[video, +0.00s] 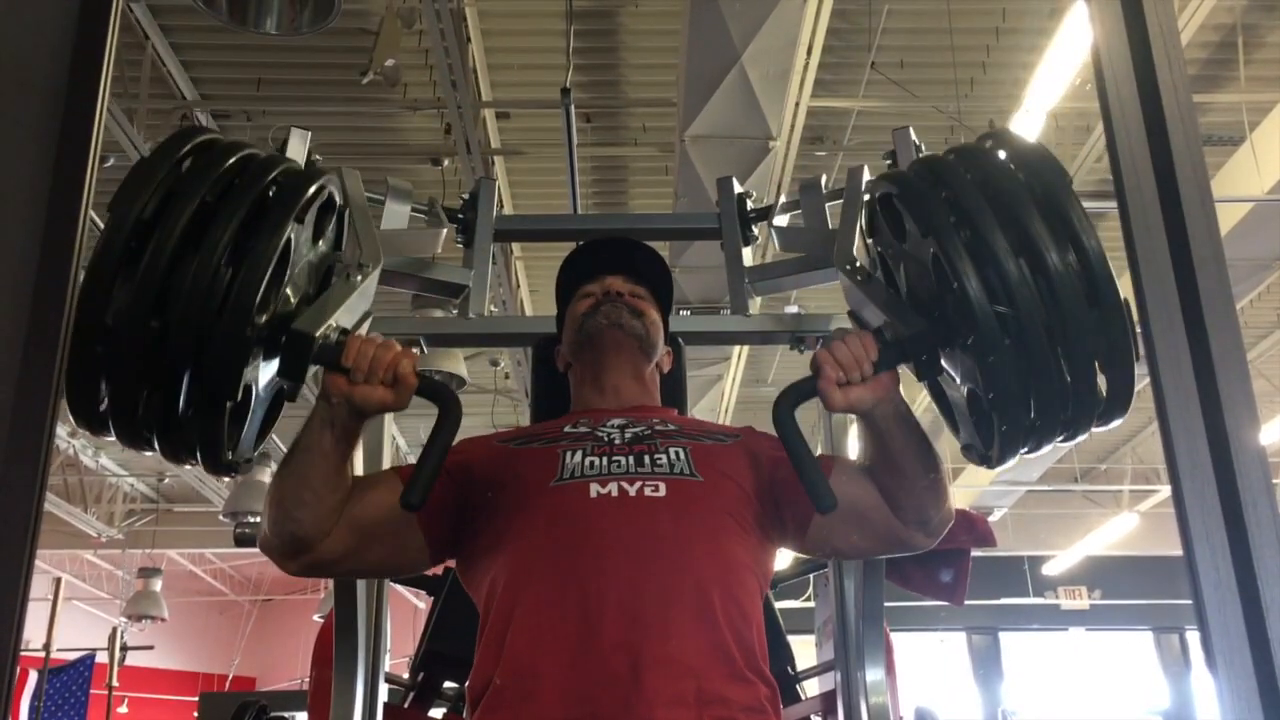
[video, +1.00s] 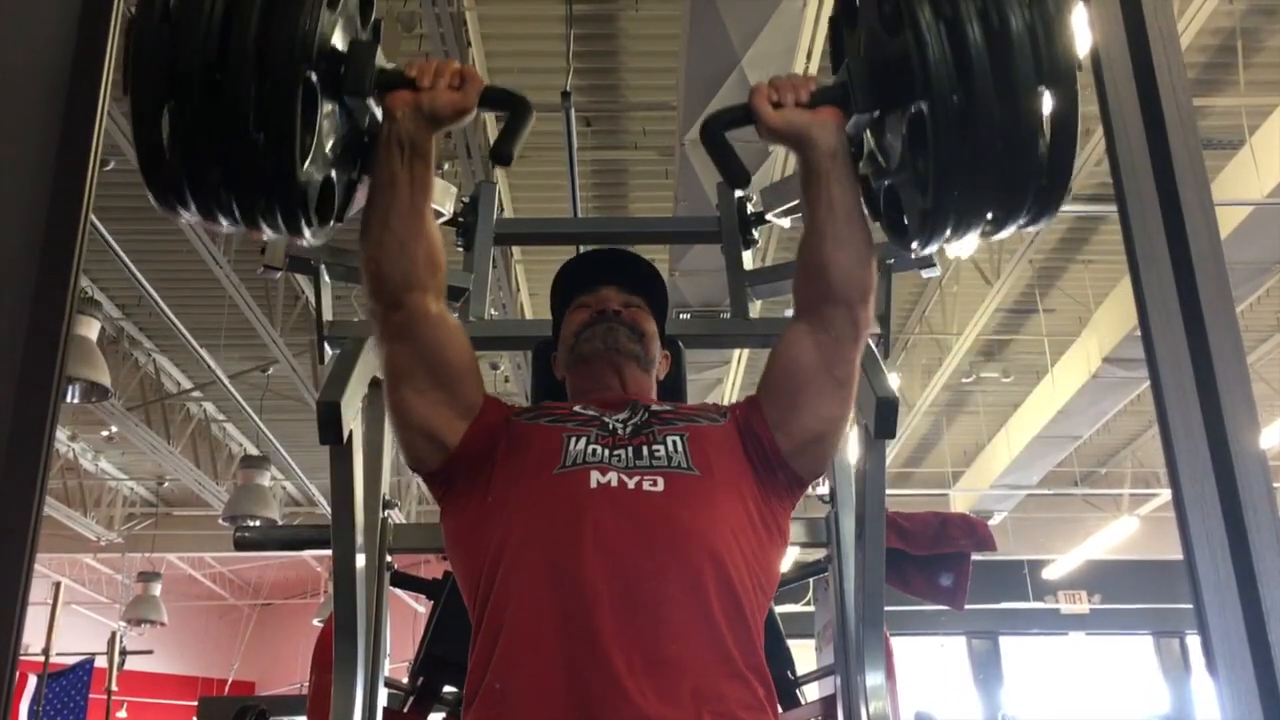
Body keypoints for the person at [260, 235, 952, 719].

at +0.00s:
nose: (615, 296)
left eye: (638, 297)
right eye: (590, 297)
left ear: (670, 357)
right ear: (556, 356)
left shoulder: (746, 455)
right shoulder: (486, 463)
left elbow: (920, 518)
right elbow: (301, 541)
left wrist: (879, 404)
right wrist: (343, 409)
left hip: (727, 707)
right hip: (528, 708)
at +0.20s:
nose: (611, 300)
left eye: (635, 301)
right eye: (586, 302)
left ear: (668, 358)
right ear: (554, 360)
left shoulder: (747, 457)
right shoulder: (489, 466)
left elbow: (917, 518)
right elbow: (299, 547)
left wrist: (882, 410)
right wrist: (340, 412)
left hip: (724, 703)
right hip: (529, 705)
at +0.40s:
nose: (615, 306)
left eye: (638, 309)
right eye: (589, 308)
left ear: (669, 363)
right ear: (555, 363)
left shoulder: (744, 455)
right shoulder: (490, 461)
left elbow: (921, 478)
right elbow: (297, 482)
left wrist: (876, 363)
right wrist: (354, 347)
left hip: (725, 703)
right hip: (525, 704)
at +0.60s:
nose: (609, 312)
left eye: (633, 313)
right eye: (583, 312)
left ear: (664, 363)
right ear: (553, 365)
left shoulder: (751, 452)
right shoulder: (482, 457)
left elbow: (912, 413)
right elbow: (314, 400)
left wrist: (851, 263)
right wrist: (375, 254)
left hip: (722, 708)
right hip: (526, 707)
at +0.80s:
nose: (606, 314)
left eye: (631, 313)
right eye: (583, 311)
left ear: (665, 363)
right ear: (551, 361)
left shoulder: (753, 449)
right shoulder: (482, 450)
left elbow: (877, 358)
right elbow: (356, 333)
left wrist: (836, 198)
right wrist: (395, 181)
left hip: (723, 708)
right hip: (521, 708)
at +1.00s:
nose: (609, 310)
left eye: (632, 310)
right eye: (585, 309)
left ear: (664, 362)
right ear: (555, 360)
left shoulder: (754, 448)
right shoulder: (485, 450)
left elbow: (836, 312)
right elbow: (406, 302)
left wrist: (824, 145)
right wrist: (408, 133)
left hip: (723, 707)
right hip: (515, 706)